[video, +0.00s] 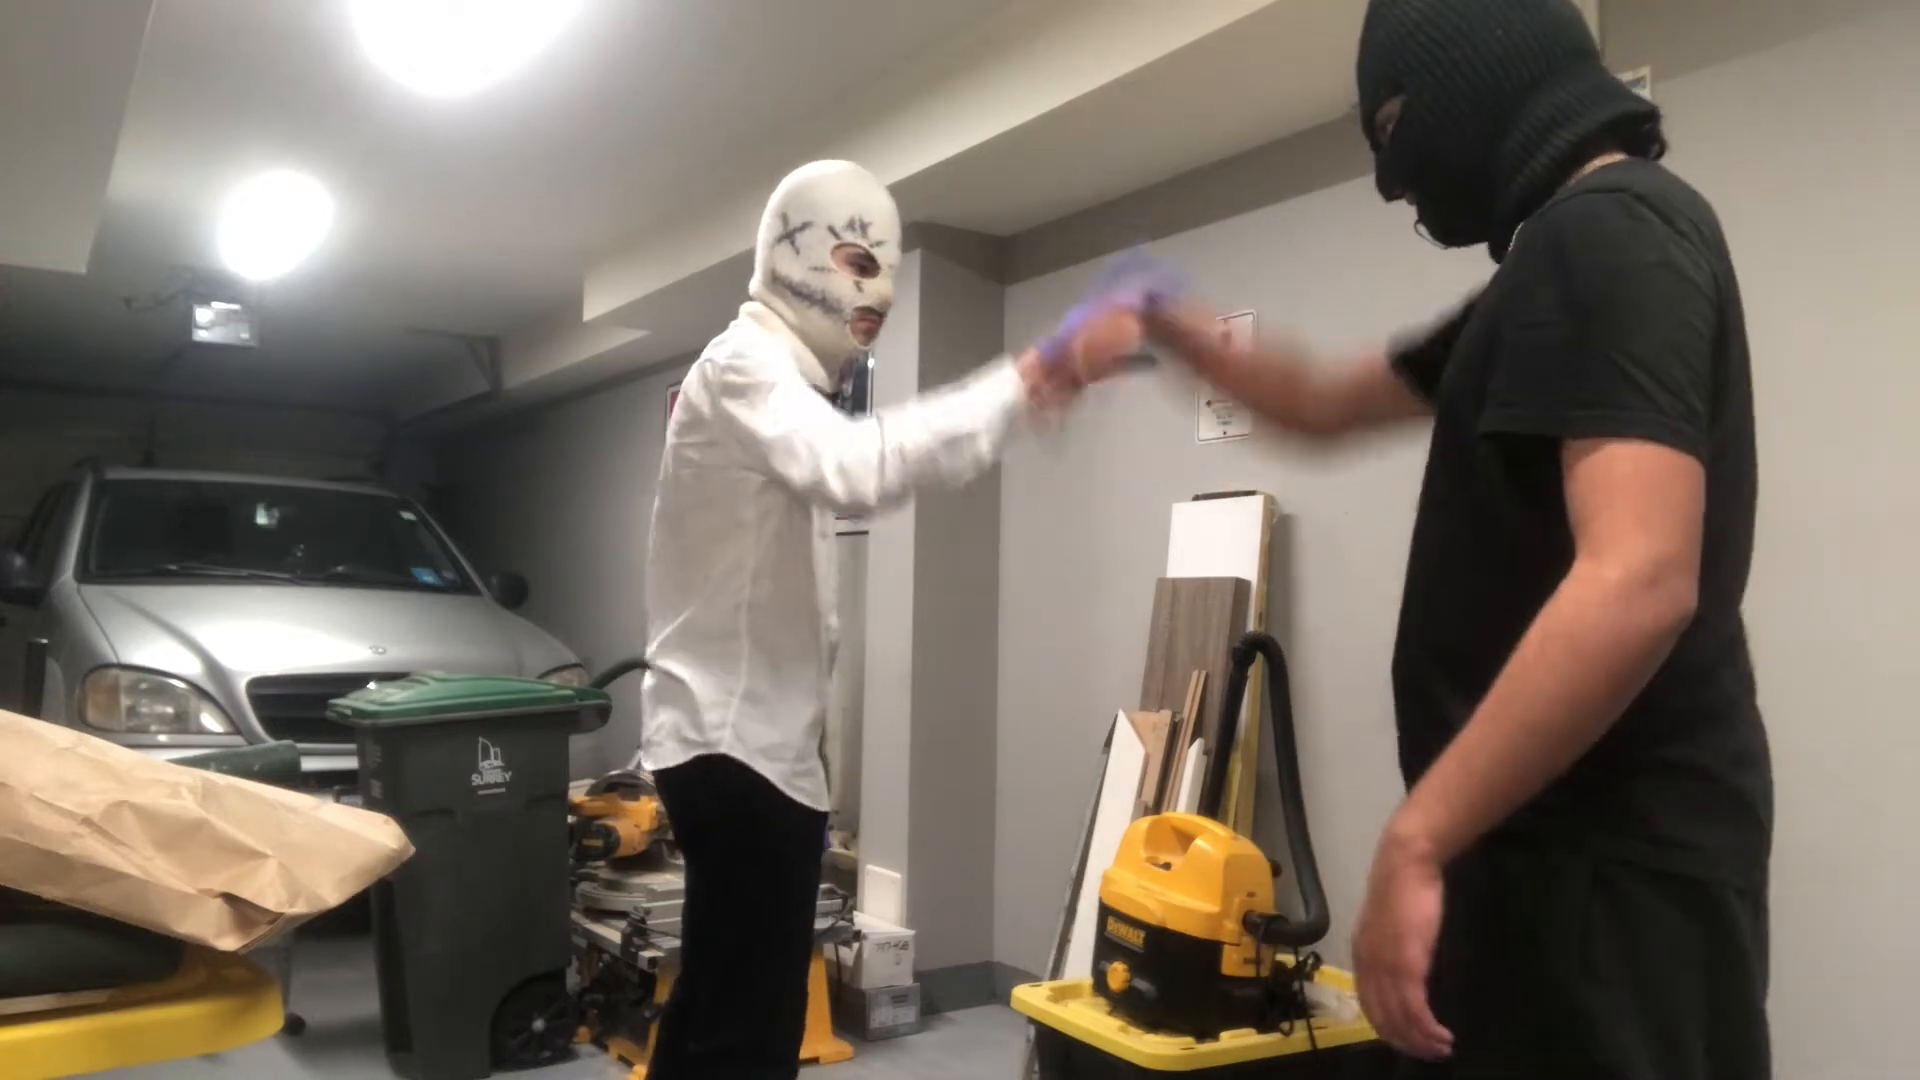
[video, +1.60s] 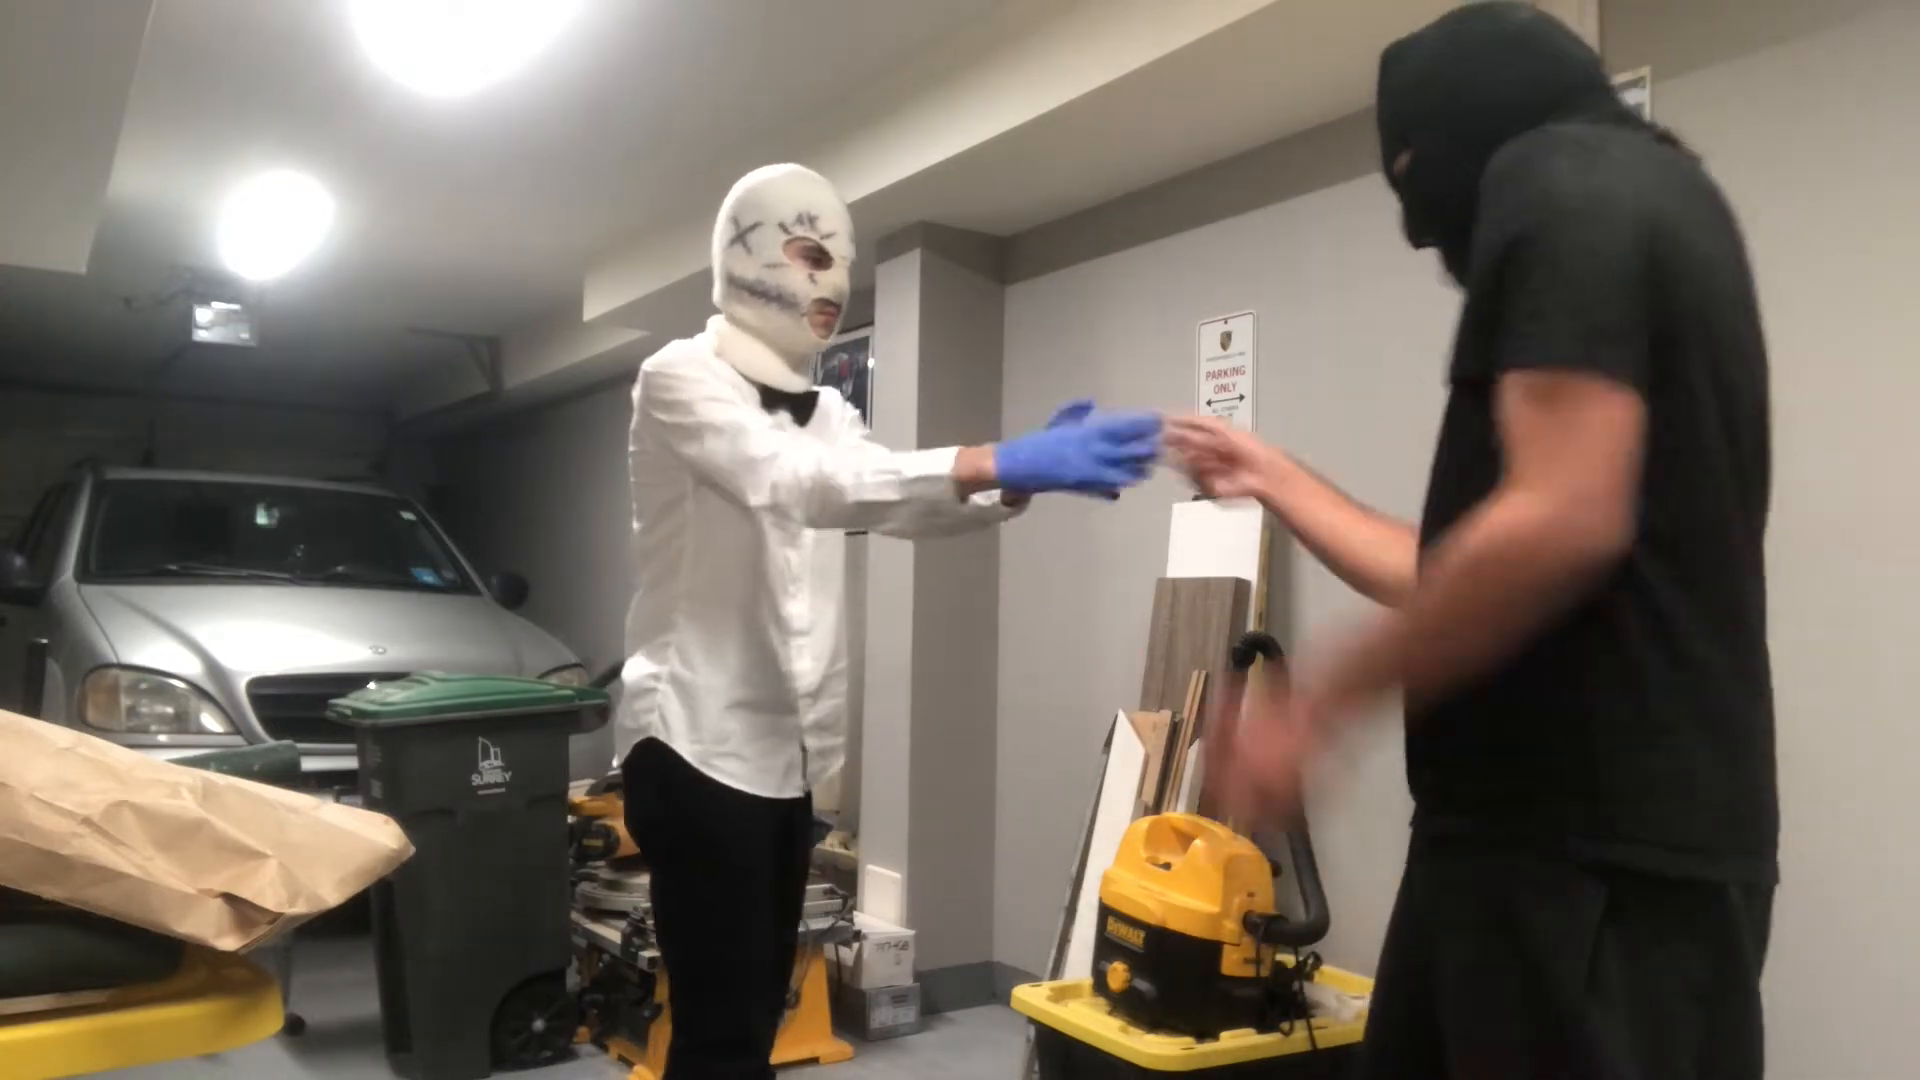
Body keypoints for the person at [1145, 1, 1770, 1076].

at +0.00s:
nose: (1383, 174)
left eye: (1385, 125)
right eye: (1375, 138)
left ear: (1454, 90)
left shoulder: (1609, 227)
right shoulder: (1549, 268)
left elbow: (1638, 579)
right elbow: (1323, 400)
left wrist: (1415, 841)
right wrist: (1157, 317)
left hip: (1601, 886)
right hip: (1537, 878)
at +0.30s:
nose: (1392, 175)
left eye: (1393, 123)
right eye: (1384, 135)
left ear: (1468, 83)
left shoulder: (1616, 235)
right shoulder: (1555, 260)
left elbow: (1665, 588)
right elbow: (1335, 456)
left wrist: (1446, 858)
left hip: (1599, 871)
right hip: (1533, 866)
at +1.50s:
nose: (1432, 222)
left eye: (1428, 183)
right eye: (1419, 194)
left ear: (1483, 125)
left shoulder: (1582, 169)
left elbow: (1638, 507)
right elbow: (1391, 522)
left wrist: (1469, 831)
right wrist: (1197, 427)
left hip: (1594, 875)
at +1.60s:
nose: (1407, 207)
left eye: (1408, 165)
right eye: (1397, 176)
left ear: (1463, 118)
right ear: (1552, 89)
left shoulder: (1568, 174)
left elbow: (1569, 511)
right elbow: (1459, 584)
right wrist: (1270, 475)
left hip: (1583, 867)